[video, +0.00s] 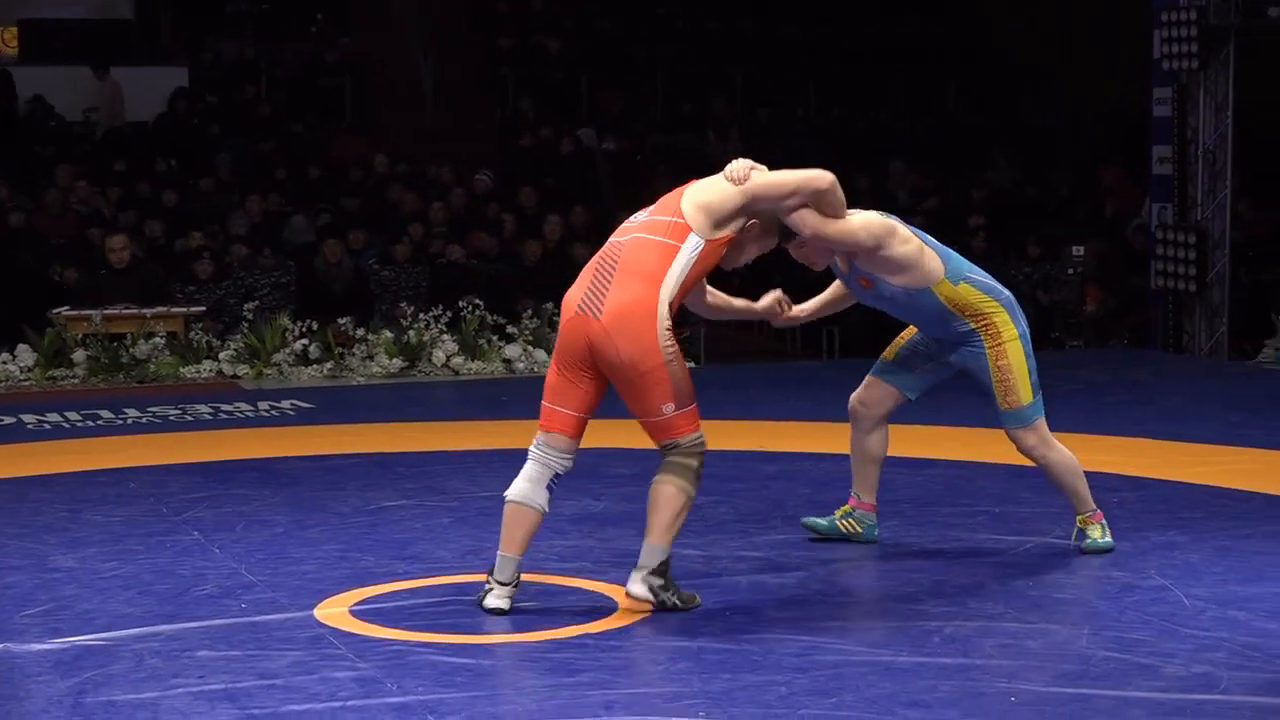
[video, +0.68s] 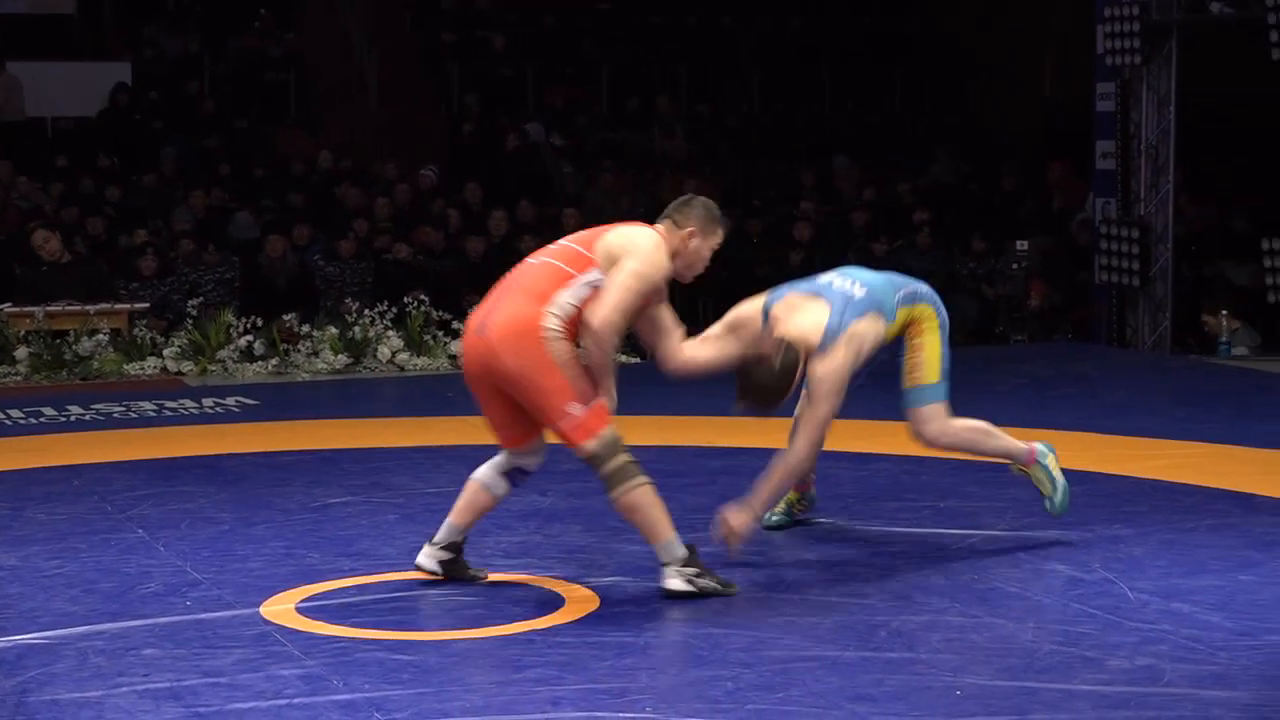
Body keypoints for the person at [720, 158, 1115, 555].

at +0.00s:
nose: (793, 254)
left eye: (795, 241)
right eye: (787, 245)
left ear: (818, 230)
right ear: (803, 239)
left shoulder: (870, 233)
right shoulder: (852, 267)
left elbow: (806, 217)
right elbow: (847, 288)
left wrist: (753, 179)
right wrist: (796, 315)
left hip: (988, 320)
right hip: (935, 329)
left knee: (1033, 441)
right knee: (866, 407)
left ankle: (1090, 519)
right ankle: (862, 513)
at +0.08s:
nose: (792, 255)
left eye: (792, 242)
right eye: (784, 247)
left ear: (813, 228)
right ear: (789, 243)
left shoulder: (868, 233)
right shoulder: (836, 265)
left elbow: (801, 217)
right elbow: (830, 285)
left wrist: (748, 186)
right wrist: (786, 326)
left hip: (982, 317)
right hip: (928, 326)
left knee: (1026, 440)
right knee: (856, 405)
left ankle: (1081, 517)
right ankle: (859, 504)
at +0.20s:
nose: (782, 249)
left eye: (787, 236)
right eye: (775, 241)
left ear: (810, 227)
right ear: (774, 241)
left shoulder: (858, 234)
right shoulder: (800, 262)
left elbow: (798, 216)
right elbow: (740, 295)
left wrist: (740, 188)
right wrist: (672, 316)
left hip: (966, 314)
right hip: (910, 325)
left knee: (1008, 437)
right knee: (848, 417)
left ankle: (1064, 516)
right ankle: (843, 495)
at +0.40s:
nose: (736, 252)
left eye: (742, 240)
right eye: (736, 241)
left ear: (769, 233)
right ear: (761, 236)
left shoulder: (834, 236)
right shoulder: (763, 266)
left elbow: (800, 204)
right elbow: (715, 310)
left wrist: (736, 197)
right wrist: (693, 269)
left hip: (936, 298)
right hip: (881, 318)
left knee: (992, 406)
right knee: (833, 411)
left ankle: (1051, 500)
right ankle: (827, 502)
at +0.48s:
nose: (767, 257)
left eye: (769, 245)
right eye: (761, 249)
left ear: (787, 226)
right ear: (758, 241)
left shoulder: (837, 234)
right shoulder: (777, 260)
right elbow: (718, 311)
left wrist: (736, 238)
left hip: (938, 305)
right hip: (879, 319)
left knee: (995, 410)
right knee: (827, 409)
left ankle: (1054, 495)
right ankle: (825, 502)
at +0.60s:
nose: (785, 353)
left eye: (784, 346)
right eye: (770, 349)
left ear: (797, 322)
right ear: (759, 310)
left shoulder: (838, 305)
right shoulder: (761, 277)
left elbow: (799, 373)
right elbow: (749, 360)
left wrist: (737, 410)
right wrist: (703, 412)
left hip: (925, 303)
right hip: (870, 318)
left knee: (977, 411)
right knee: (820, 410)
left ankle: (1051, 481)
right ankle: (819, 502)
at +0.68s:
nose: (776, 410)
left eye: (775, 403)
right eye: (763, 402)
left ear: (789, 374)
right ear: (743, 361)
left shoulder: (826, 359)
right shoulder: (743, 320)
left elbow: (804, 443)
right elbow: (676, 356)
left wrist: (749, 509)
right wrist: (640, 293)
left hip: (911, 304)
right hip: (848, 292)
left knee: (931, 427)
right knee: (807, 398)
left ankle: (1030, 455)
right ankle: (801, 496)